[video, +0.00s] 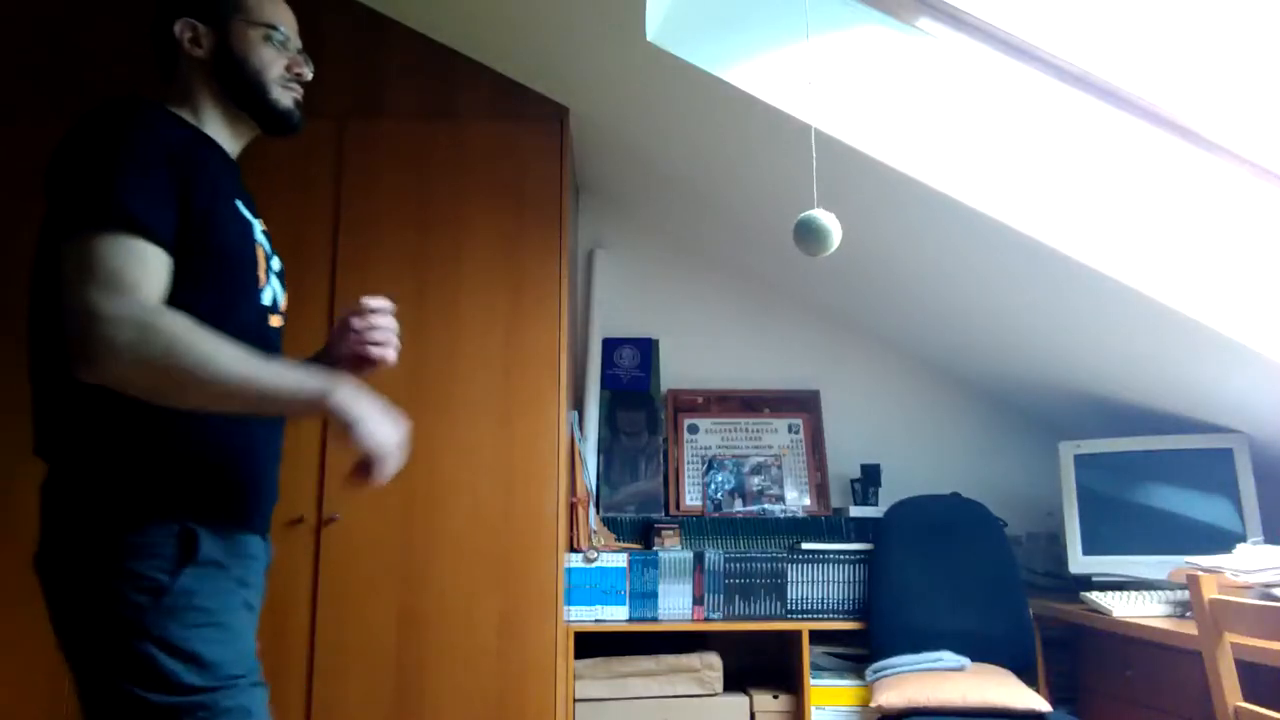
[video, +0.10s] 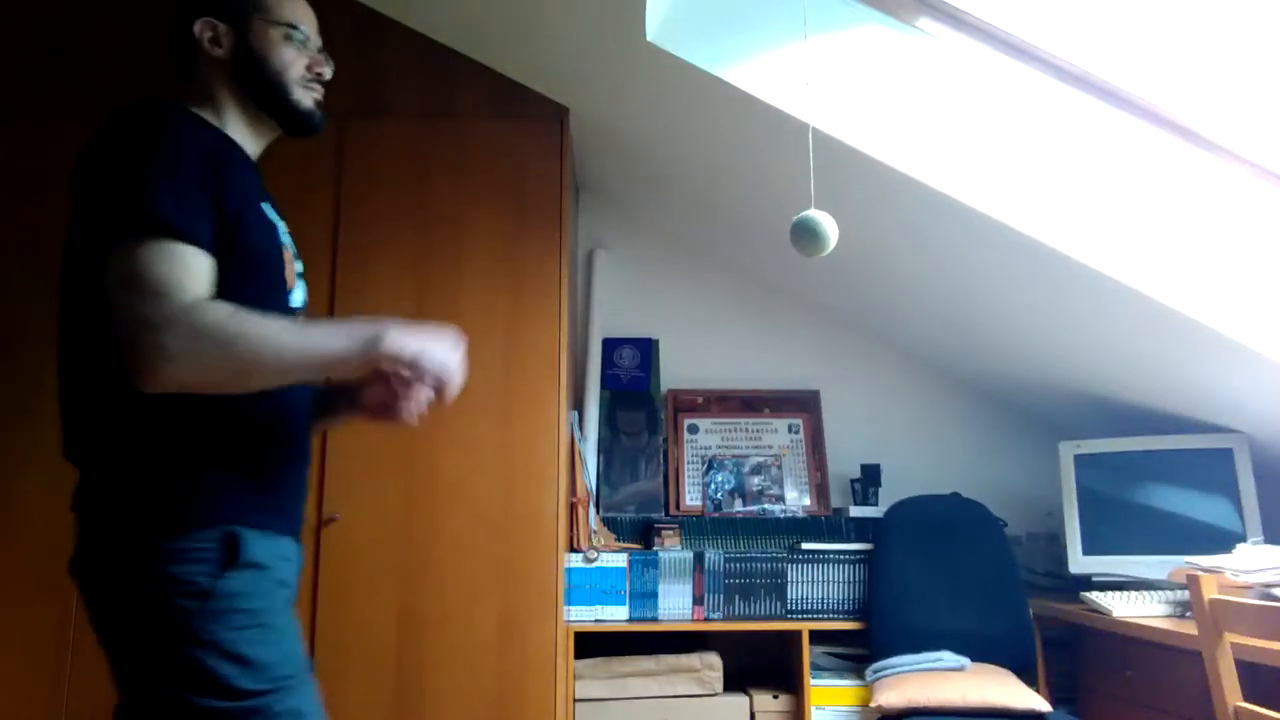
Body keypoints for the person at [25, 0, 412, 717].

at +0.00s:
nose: (302, 62)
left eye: (300, 48)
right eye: (274, 36)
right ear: (195, 38)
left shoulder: (219, 186)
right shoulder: (143, 142)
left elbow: (205, 380)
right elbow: (111, 327)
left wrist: (329, 361)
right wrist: (329, 392)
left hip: (207, 554)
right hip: (158, 554)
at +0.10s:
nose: (322, 63)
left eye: (319, 46)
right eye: (294, 35)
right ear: (215, 37)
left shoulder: (236, 185)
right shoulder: (167, 145)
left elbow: (226, 402)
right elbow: (162, 337)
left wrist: (348, 398)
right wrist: (375, 337)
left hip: (232, 562)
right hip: (193, 562)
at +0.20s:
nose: (347, 58)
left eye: (343, 40)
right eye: (318, 30)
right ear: (239, 33)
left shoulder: (242, 166)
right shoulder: (205, 145)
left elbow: (240, 377)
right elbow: (228, 344)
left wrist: (362, 419)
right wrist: (424, 284)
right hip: (242, 553)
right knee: (332, 706)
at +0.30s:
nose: (378, 52)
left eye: (374, 32)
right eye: (352, 23)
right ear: (270, 27)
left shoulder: (260, 151)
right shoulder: (249, 142)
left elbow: (251, 370)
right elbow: (311, 346)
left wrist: (385, 409)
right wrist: (472, 243)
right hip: (280, 545)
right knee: (373, 707)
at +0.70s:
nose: (395, 61)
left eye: (392, 41)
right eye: (369, 32)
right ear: (288, 30)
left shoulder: (297, 168)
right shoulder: (247, 146)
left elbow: (306, 378)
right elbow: (258, 353)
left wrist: (443, 409)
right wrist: (445, 345)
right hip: (262, 555)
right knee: (370, 707)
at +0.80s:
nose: (368, 76)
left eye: (365, 57)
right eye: (339, 48)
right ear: (257, 49)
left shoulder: (291, 207)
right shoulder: (203, 154)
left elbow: (405, 324)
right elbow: (209, 327)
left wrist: (473, 405)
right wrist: (390, 358)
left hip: (266, 565)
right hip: (216, 565)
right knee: (324, 706)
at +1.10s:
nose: (288, 89)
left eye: (288, 76)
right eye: (260, 64)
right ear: (181, 65)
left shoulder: (248, 233)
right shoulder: (107, 178)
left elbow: (321, 385)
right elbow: (107, 386)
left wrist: (415, 334)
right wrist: (327, 393)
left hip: (220, 565)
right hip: (144, 563)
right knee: (240, 706)